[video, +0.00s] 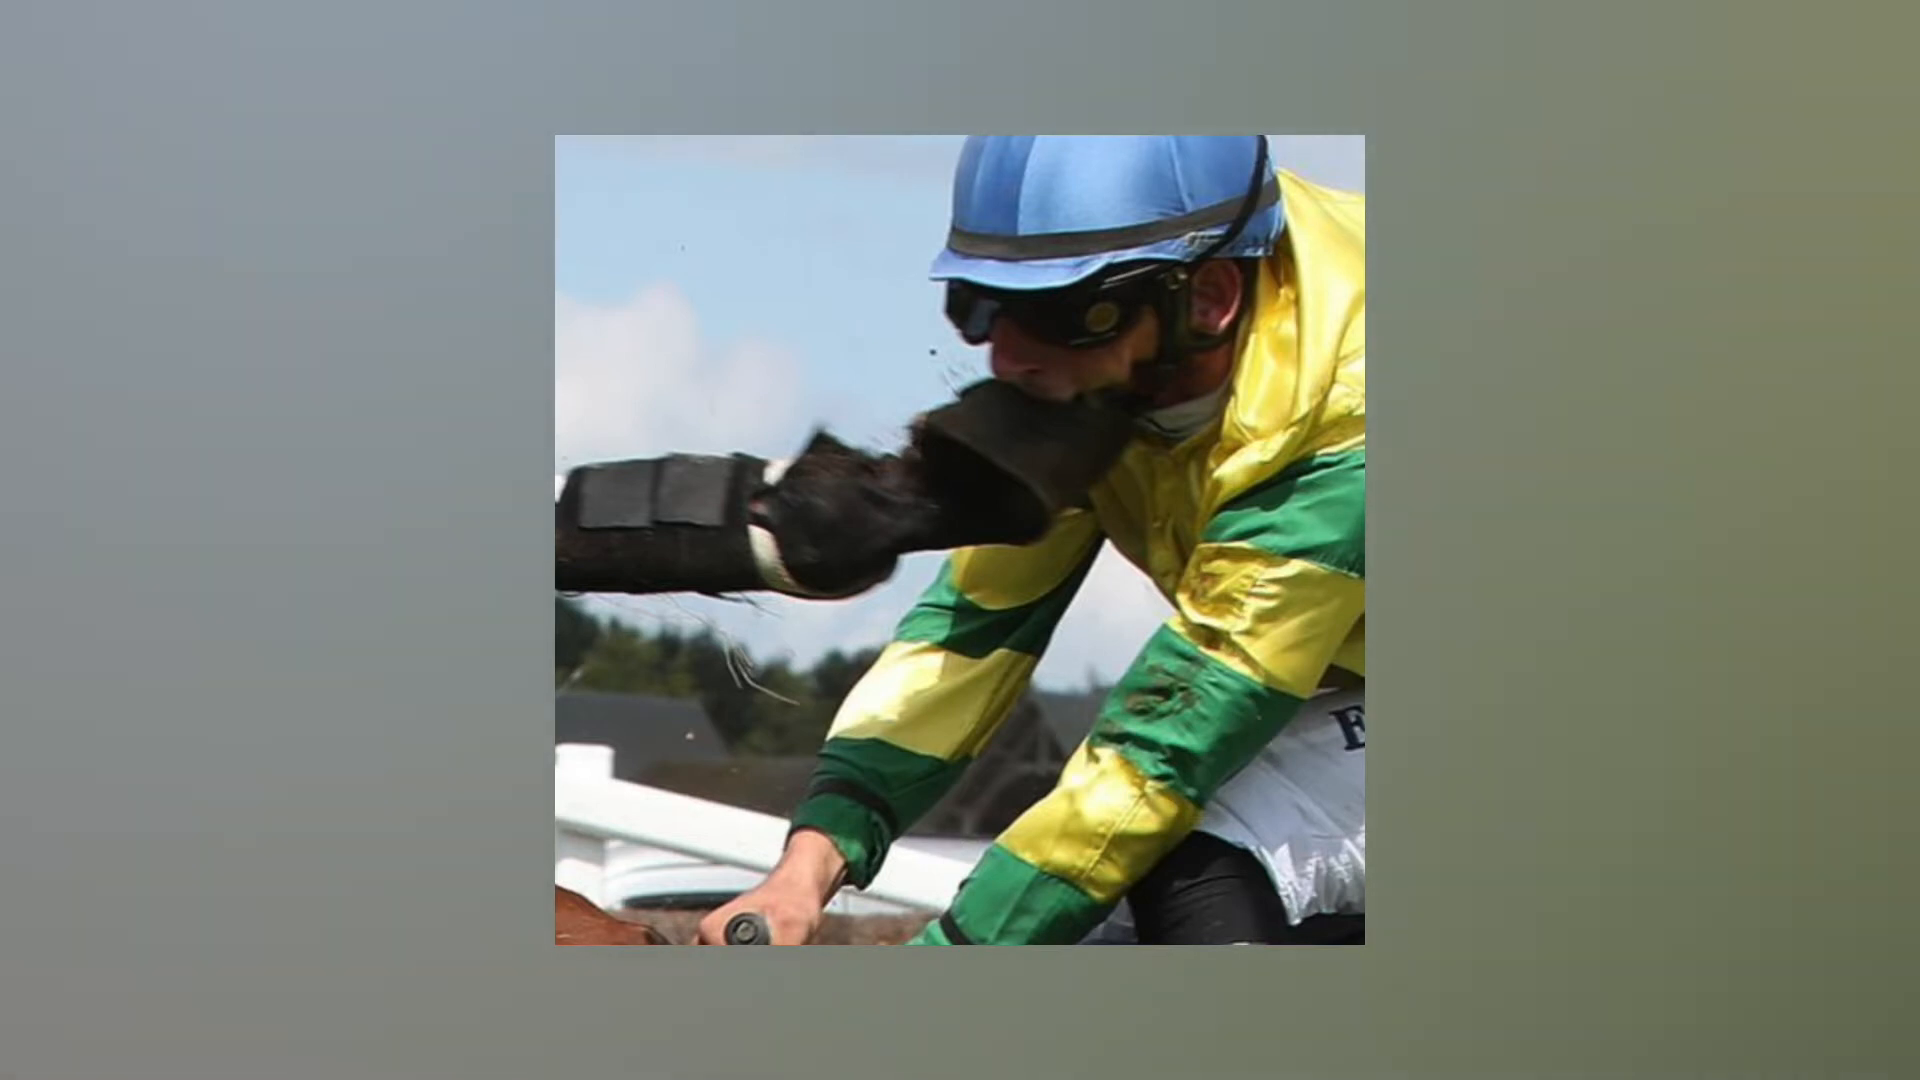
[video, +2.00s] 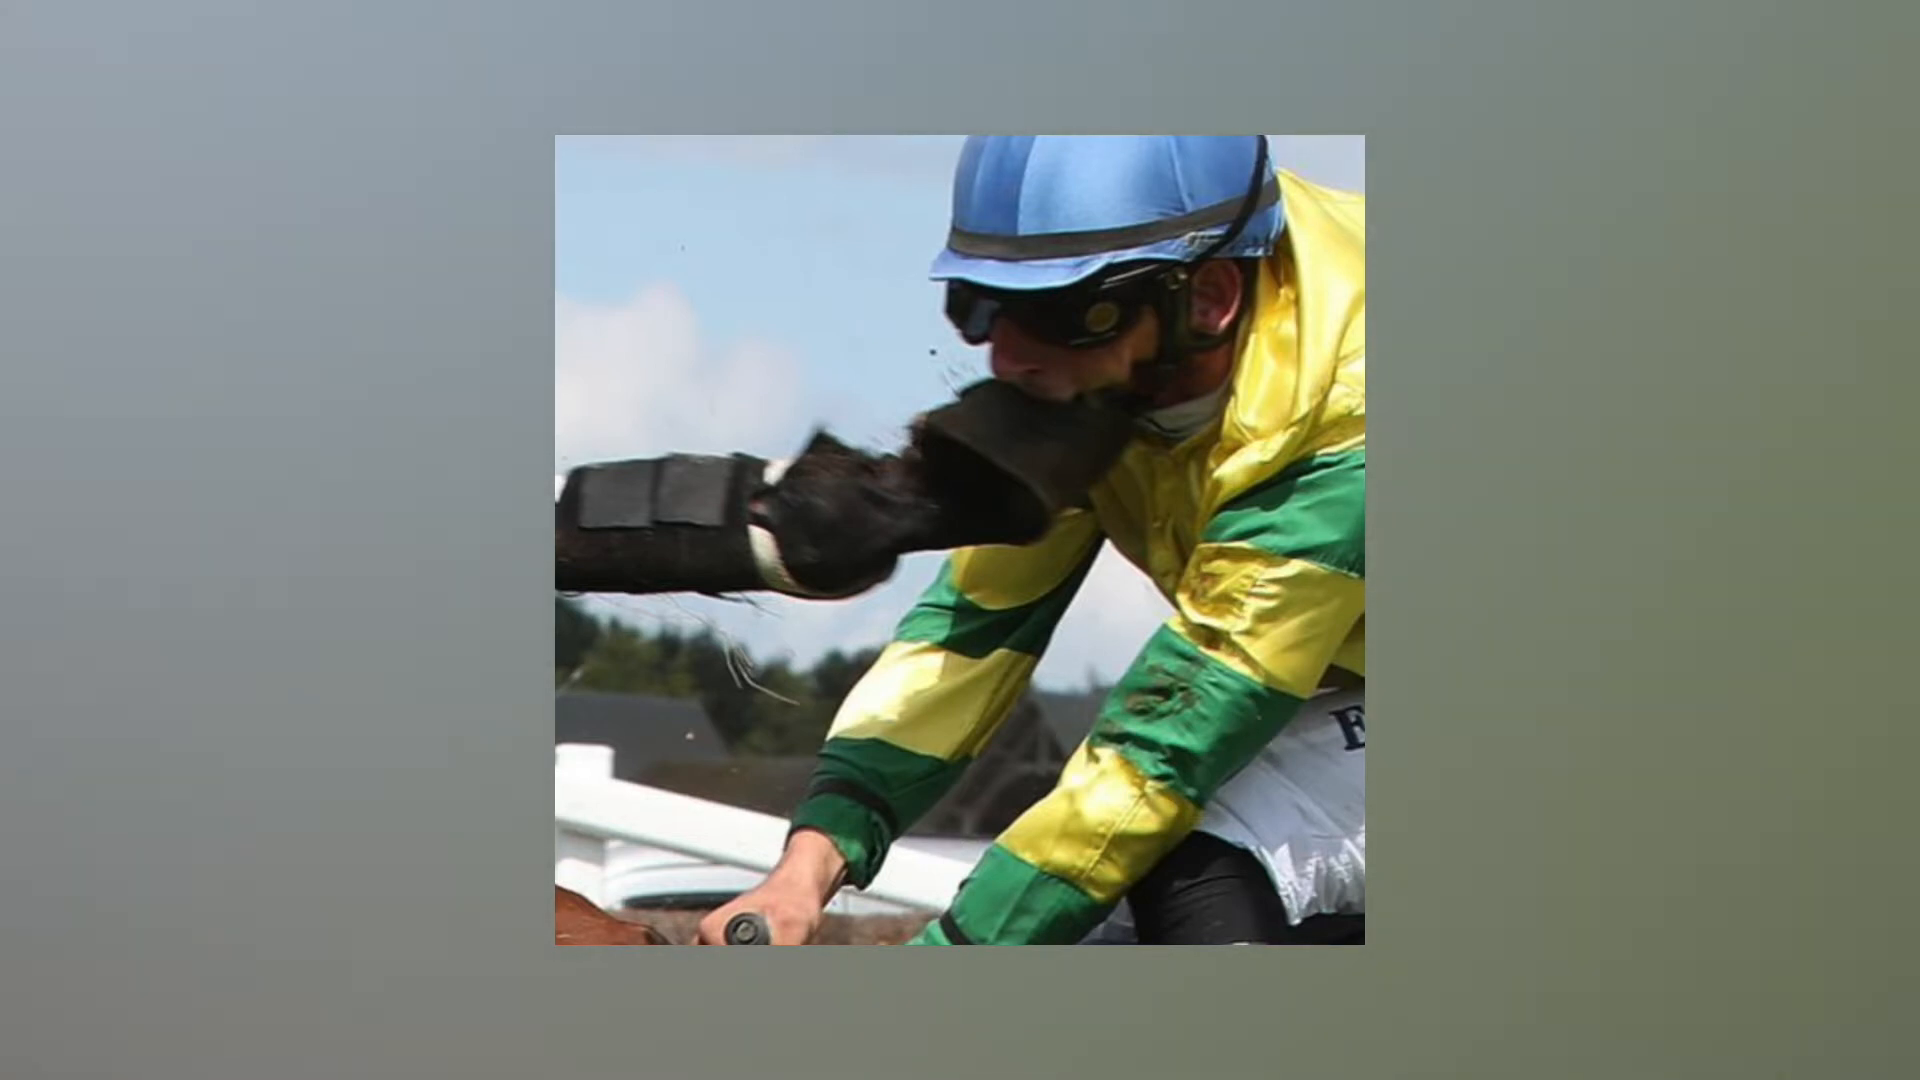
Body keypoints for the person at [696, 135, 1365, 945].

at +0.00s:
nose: (1005, 358)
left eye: (1056, 319)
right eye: (989, 310)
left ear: (1209, 298)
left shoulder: (1341, 429)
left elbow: (1161, 751)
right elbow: (969, 623)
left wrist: (934, 965)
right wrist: (805, 871)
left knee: (1204, 864)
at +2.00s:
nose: (1005, 358)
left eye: (1056, 319)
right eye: (989, 309)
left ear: (1210, 298)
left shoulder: (1341, 429)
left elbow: (1160, 752)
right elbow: (969, 623)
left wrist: (933, 965)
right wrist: (805, 871)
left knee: (1204, 865)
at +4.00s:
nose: (1005, 359)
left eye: (1056, 319)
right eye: (989, 310)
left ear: (1209, 298)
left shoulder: (1341, 429)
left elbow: (1161, 751)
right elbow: (969, 623)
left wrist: (933, 965)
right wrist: (805, 871)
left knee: (1204, 865)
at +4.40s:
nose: (1005, 359)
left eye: (1056, 319)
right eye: (988, 309)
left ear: (1209, 299)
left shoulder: (1342, 428)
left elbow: (1160, 751)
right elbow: (969, 624)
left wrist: (934, 964)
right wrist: (804, 871)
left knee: (1204, 863)